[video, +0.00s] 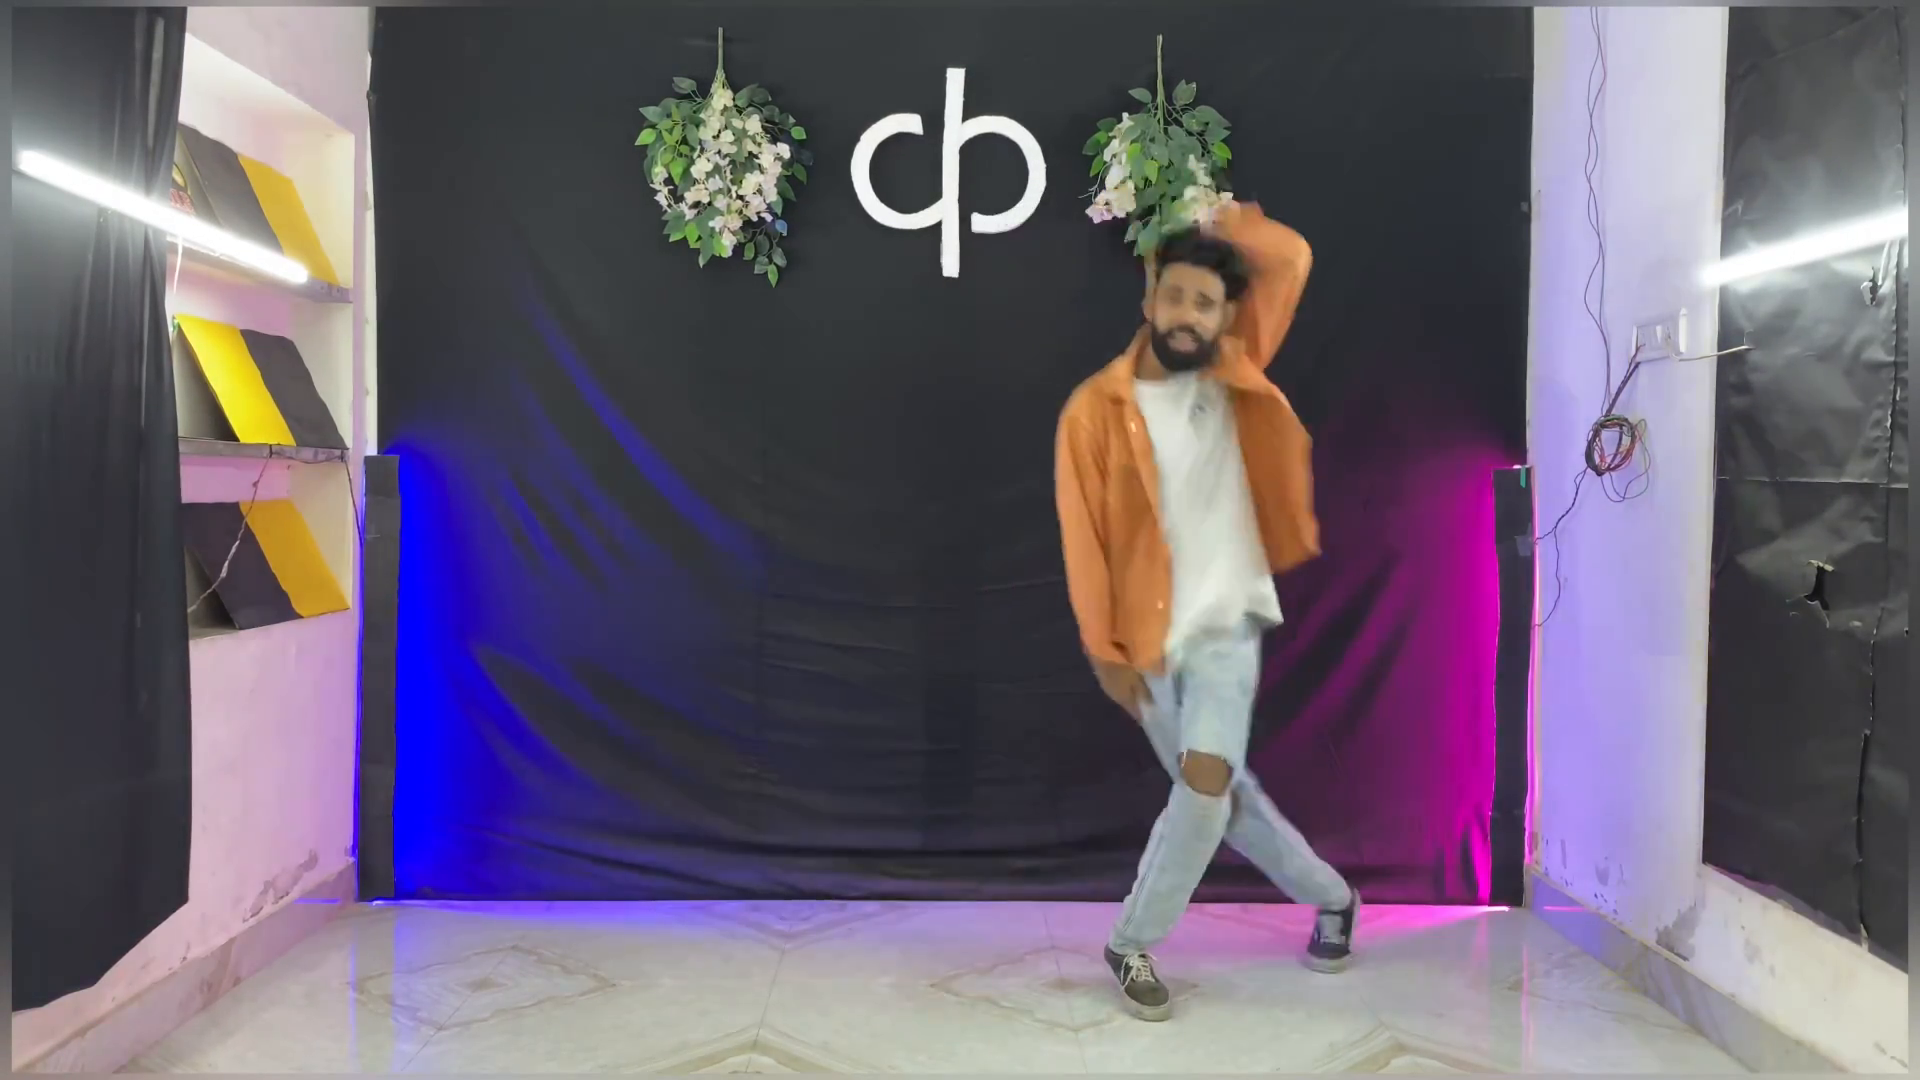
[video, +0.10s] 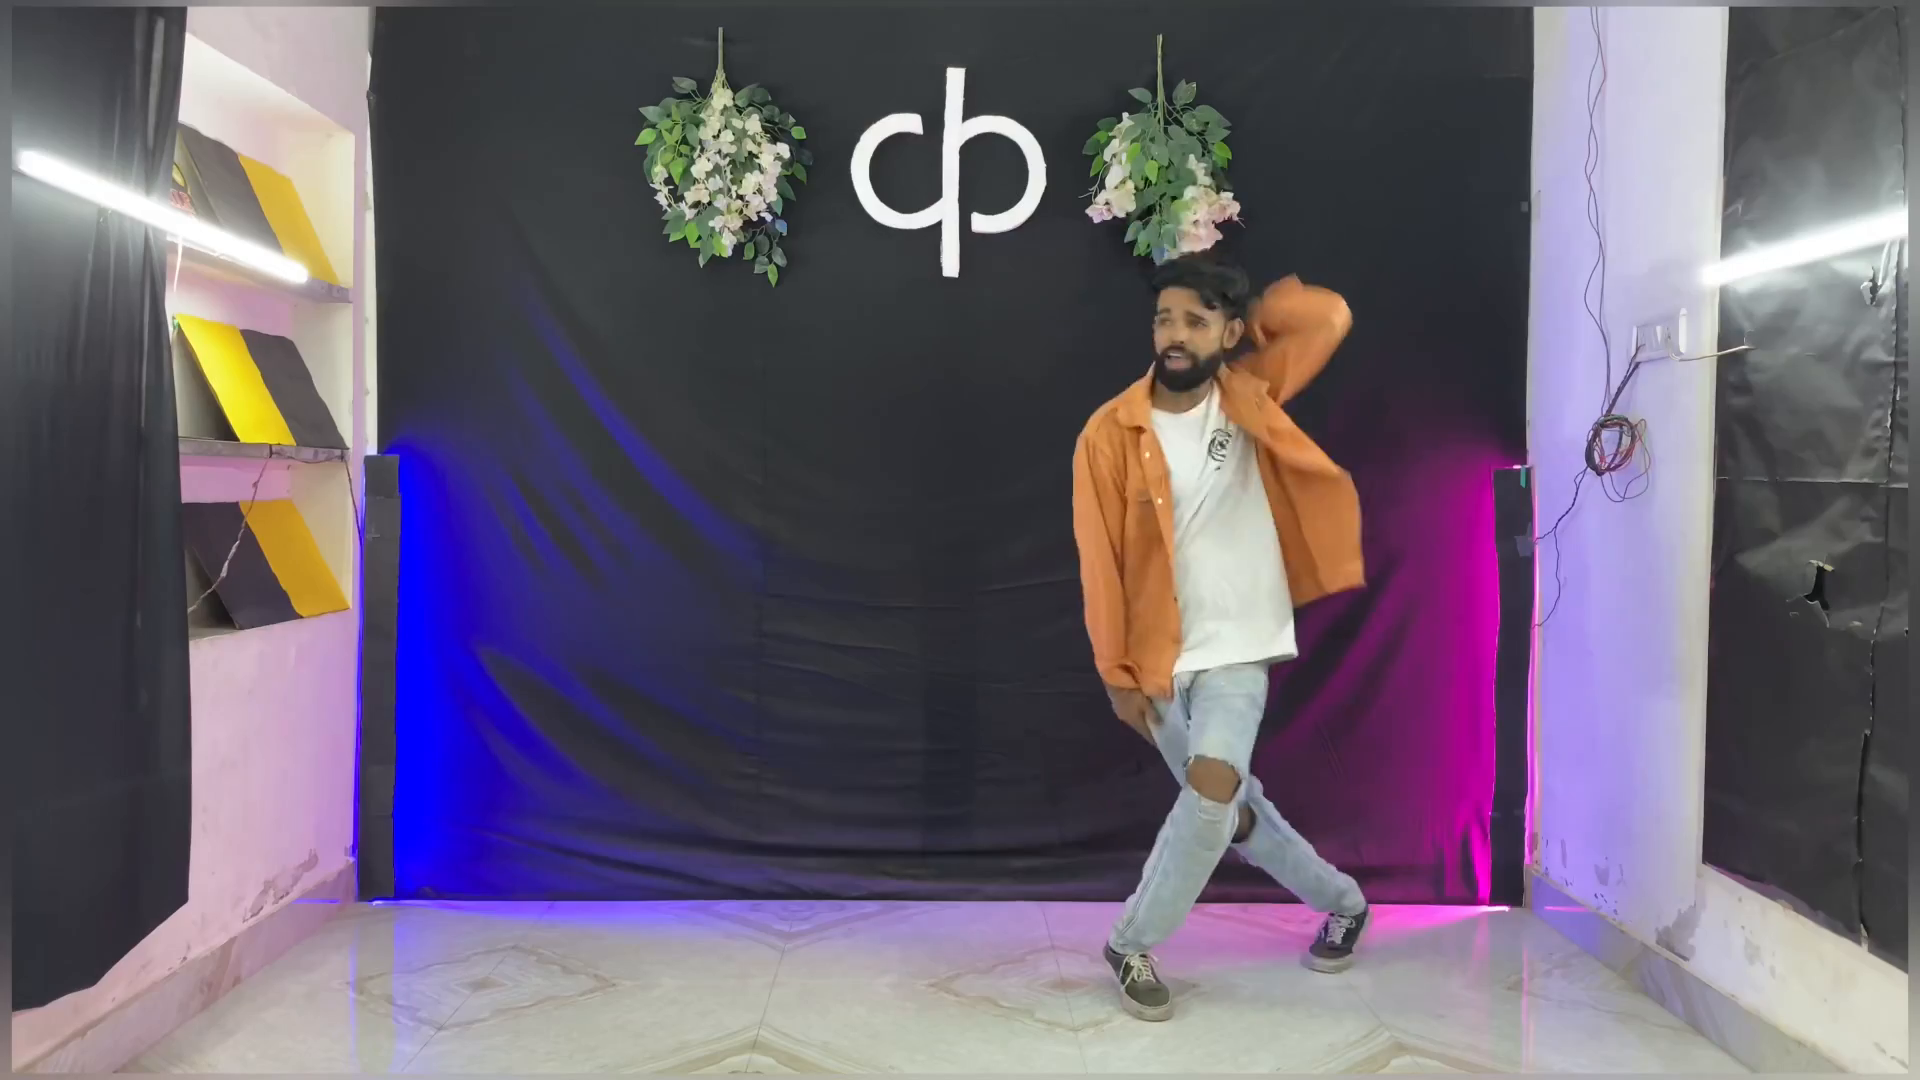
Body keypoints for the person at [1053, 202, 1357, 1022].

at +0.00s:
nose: (1188, 316)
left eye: (1205, 302)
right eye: (1174, 296)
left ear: (1227, 313)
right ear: (1148, 301)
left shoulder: (1239, 376)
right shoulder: (1097, 406)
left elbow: (1291, 260)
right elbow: (1081, 535)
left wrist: (1220, 217)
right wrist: (1102, 648)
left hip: (1230, 610)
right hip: (1143, 624)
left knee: (1208, 776)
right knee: (1214, 789)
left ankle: (1132, 942)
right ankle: (1331, 899)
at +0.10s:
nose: (1172, 334)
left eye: (1192, 320)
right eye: (1162, 317)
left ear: (1232, 331)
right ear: (1150, 324)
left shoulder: (1250, 393)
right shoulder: (1110, 432)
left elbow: (1328, 318)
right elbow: (1098, 558)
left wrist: (1256, 314)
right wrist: (1115, 669)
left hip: (1240, 636)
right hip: (1152, 648)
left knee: (1215, 789)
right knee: (1231, 810)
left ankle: (1131, 944)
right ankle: (1342, 902)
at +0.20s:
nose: (1152, 306)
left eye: (1172, 292)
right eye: (1144, 290)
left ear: (1216, 300)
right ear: (1136, 294)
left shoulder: (1245, 381)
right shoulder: (1109, 379)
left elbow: (1334, 401)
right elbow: (1068, 496)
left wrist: (1251, 338)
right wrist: (1086, 615)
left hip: (1216, 605)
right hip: (1126, 611)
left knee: (1196, 769)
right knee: (1204, 778)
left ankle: (1129, 946)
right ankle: (1329, 894)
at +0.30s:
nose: (1119, 275)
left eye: (1138, 260)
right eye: (1111, 259)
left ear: (1187, 264)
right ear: (1102, 261)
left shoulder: (1221, 358)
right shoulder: (1074, 335)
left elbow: (1274, 477)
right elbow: (995, 417)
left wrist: (1250, 414)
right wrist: (1050, 506)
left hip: (1185, 600)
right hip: (1094, 592)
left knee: (1162, 762)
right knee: (1110, 782)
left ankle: (1125, 952)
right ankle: (1253, 834)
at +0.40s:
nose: (1081, 257)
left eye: (1099, 242)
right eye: (1072, 243)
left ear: (1149, 244)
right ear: (1066, 247)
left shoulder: (1204, 349)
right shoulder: (1039, 323)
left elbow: (1221, 452)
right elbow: (960, 375)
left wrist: (1226, 496)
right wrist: (993, 404)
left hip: (1158, 599)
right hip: (1058, 584)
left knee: (1148, 772)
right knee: (1020, 741)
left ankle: (1123, 952)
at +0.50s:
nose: (1041, 250)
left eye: (1059, 233)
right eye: (1032, 235)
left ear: (1109, 233)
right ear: (1027, 236)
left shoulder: (1173, 330)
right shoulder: (1013, 313)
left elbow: (1199, 454)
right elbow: (942, 389)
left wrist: (1202, 550)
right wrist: (914, 345)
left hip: (1121, 581)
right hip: (1022, 560)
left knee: (1125, 758)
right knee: (953, 697)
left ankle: (1123, 948)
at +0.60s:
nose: (1001, 254)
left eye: (1018, 237)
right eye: (991, 239)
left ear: (1065, 233)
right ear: (986, 241)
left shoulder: (1137, 324)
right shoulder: (986, 312)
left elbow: (1171, 445)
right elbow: (902, 342)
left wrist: (1182, 565)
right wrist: (815, 324)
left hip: (1087, 587)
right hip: (986, 567)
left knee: (1101, 760)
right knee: (918, 719)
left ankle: (1118, 948)